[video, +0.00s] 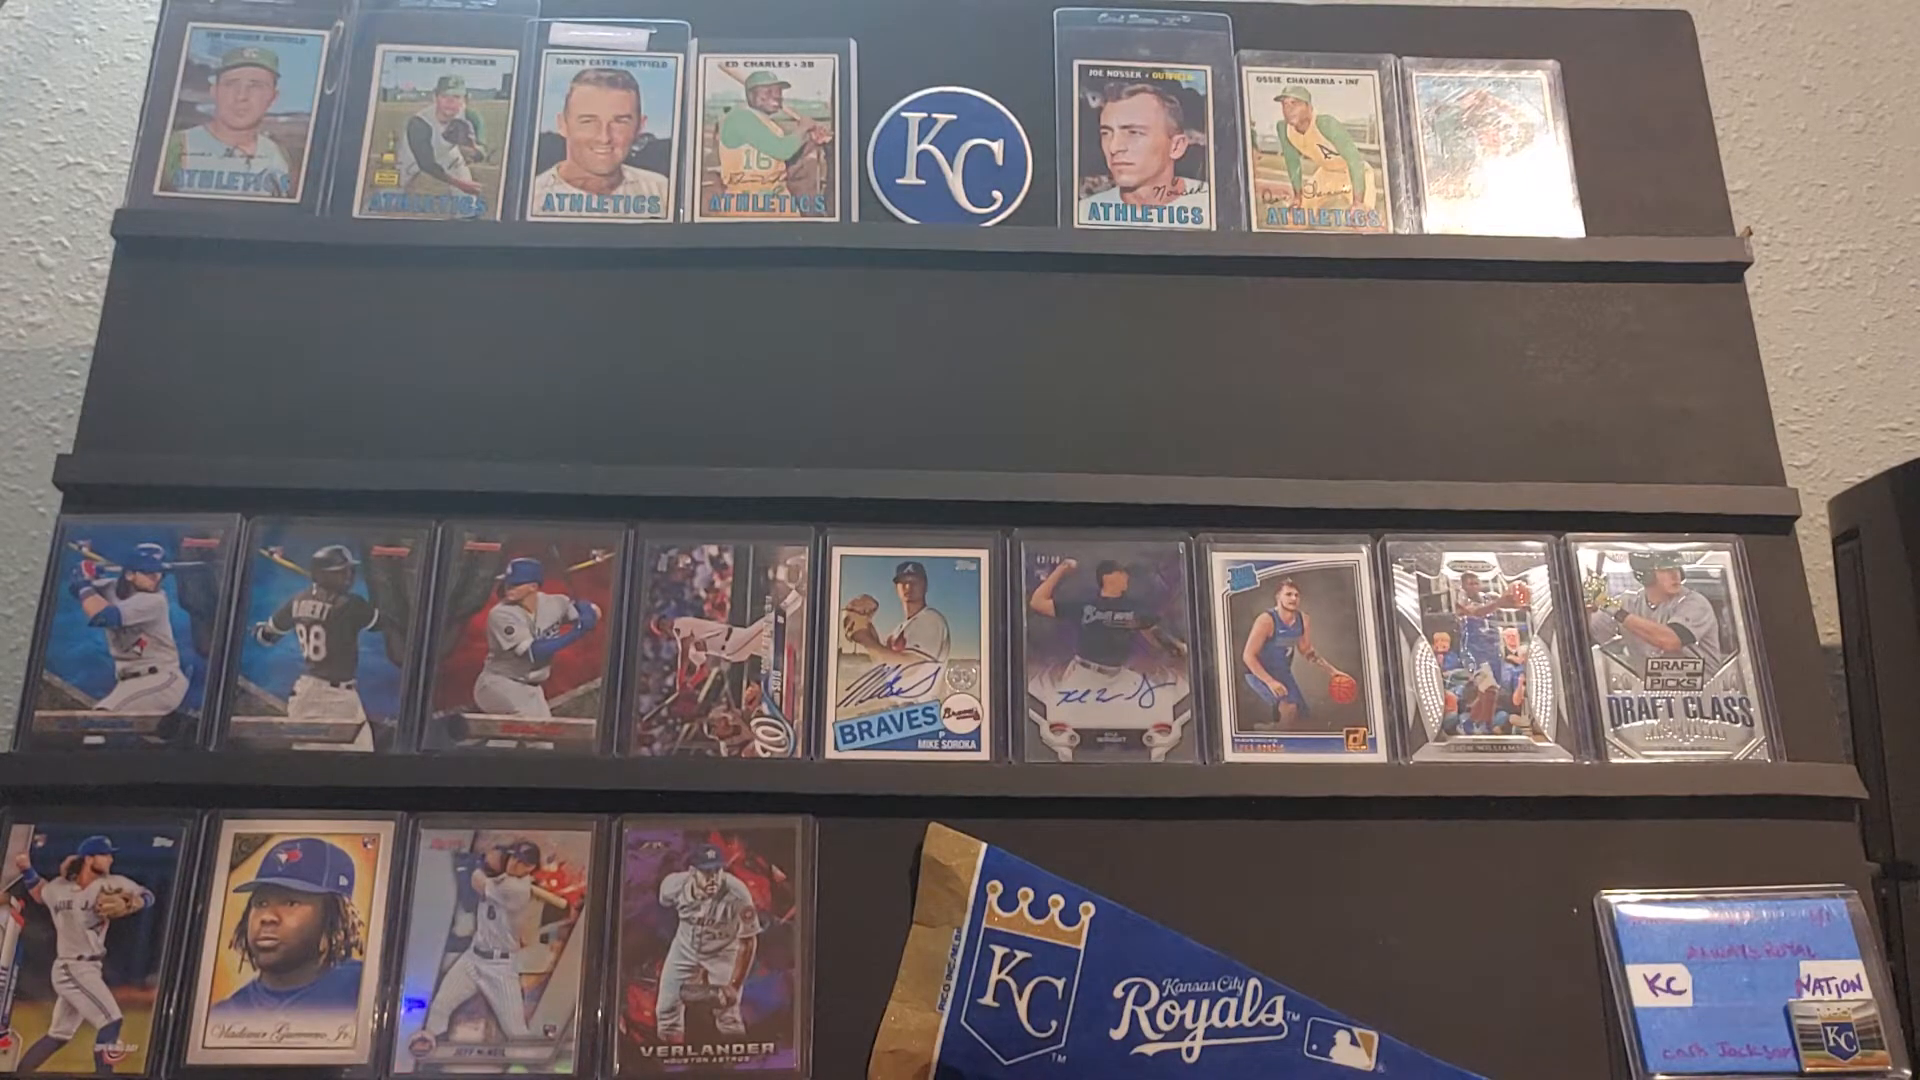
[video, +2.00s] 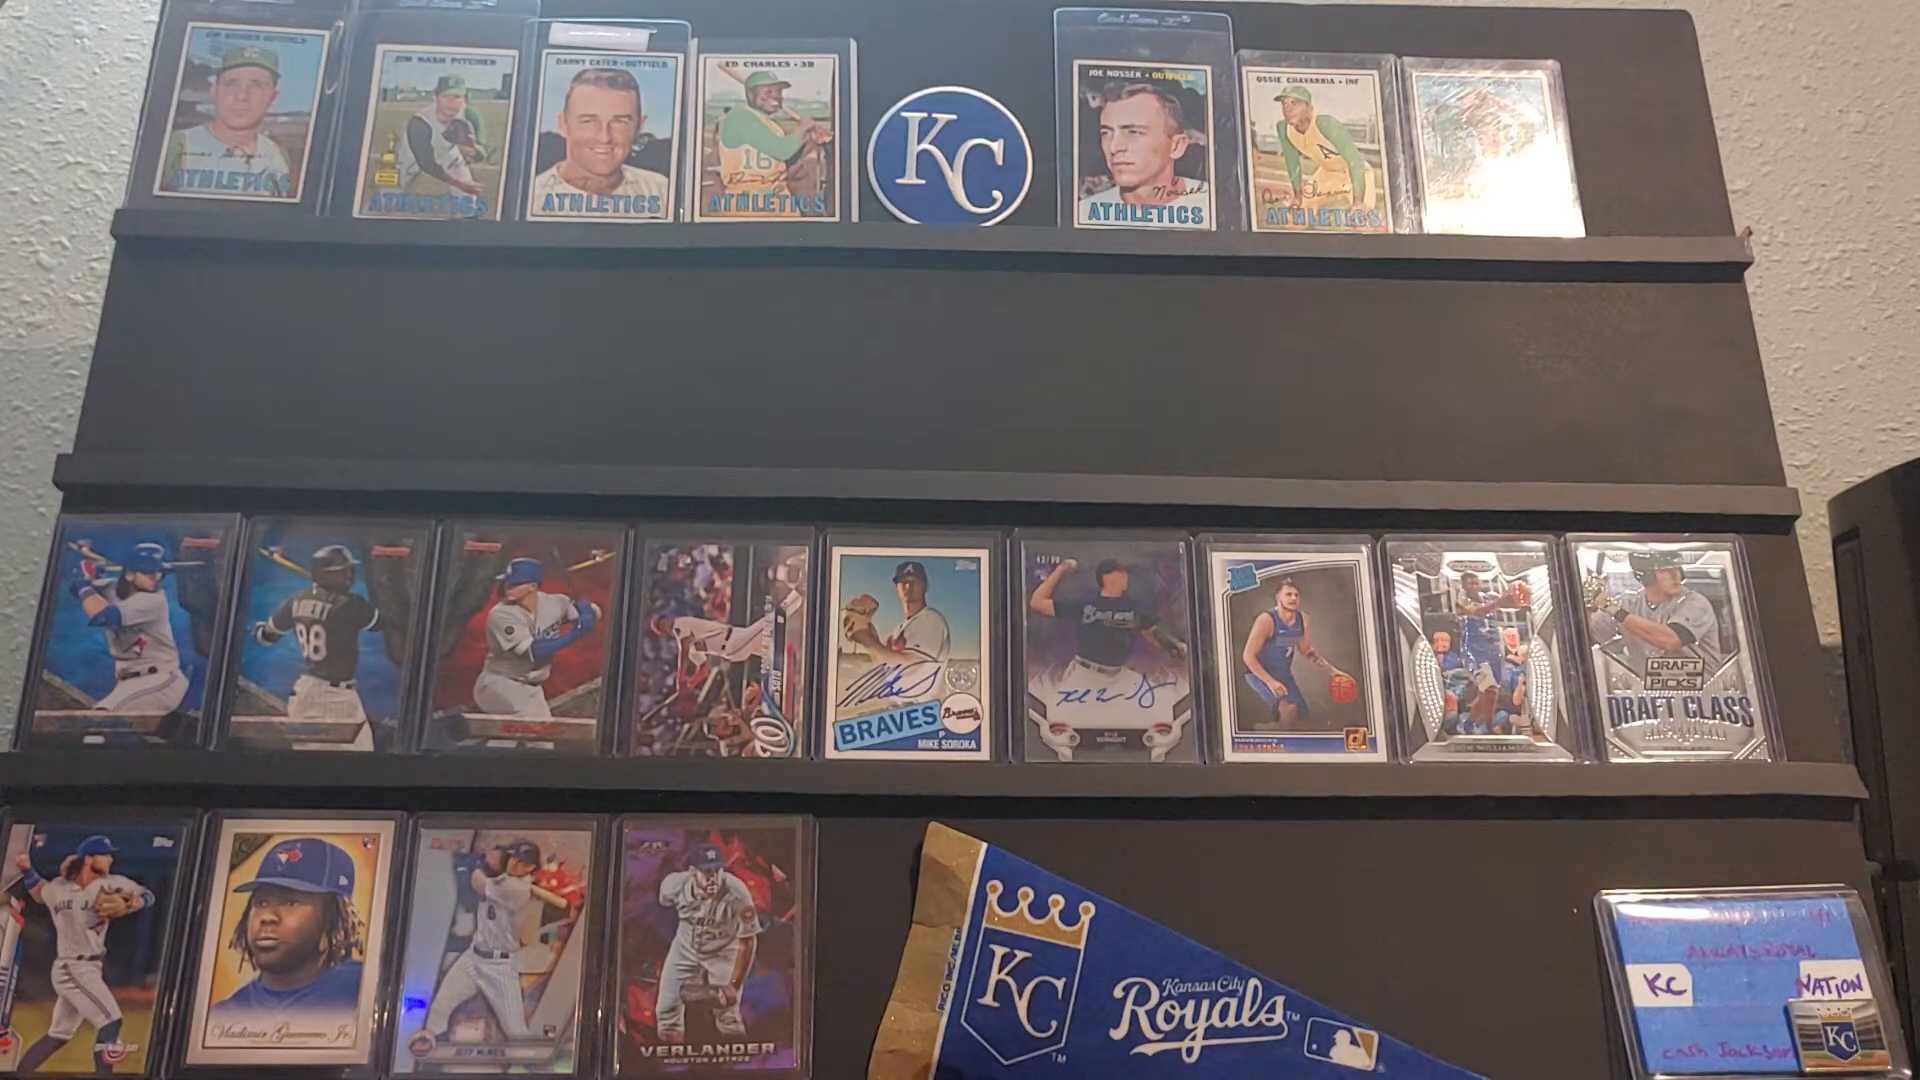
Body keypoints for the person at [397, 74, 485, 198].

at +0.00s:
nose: (451, 102)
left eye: (456, 97)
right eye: (445, 96)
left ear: (464, 101)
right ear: (436, 98)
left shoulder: (470, 117)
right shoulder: (419, 123)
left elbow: (481, 153)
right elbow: (427, 165)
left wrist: (467, 148)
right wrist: (461, 185)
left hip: (455, 166)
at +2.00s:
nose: (451, 102)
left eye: (457, 97)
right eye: (446, 96)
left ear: (464, 100)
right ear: (436, 98)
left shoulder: (470, 115)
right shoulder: (419, 123)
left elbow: (480, 154)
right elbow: (427, 165)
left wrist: (469, 150)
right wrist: (461, 185)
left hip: (454, 165)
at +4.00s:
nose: (451, 101)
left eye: (456, 97)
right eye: (446, 96)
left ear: (464, 101)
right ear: (436, 98)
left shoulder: (470, 116)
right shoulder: (419, 123)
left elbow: (481, 153)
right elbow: (427, 165)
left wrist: (470, 150)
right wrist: (461, 185)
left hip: (454, 164)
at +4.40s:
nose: (451, 102)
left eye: (457, 97)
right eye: (446, 96)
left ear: (464, 101)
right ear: (436, 98)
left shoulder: (470, 117)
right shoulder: (419, 123)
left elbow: (480, 154)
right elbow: (427, 166)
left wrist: (467, 148)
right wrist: (462, 185)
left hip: (455, 165)